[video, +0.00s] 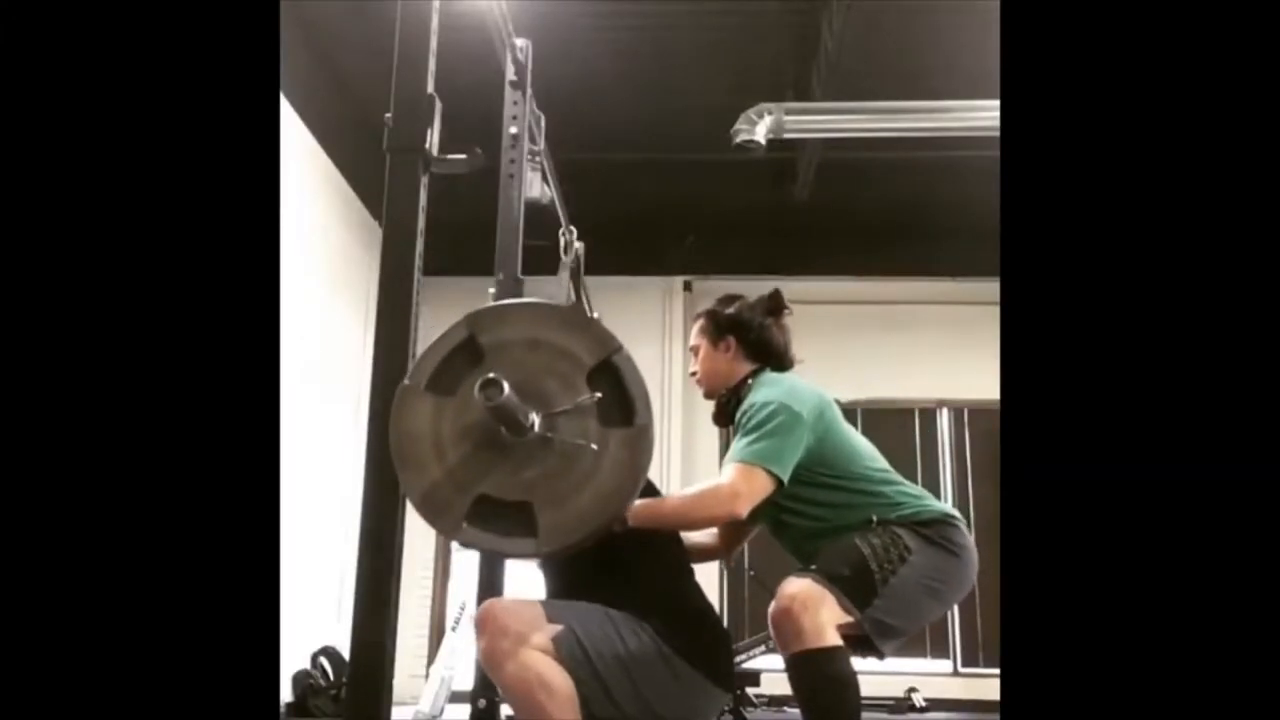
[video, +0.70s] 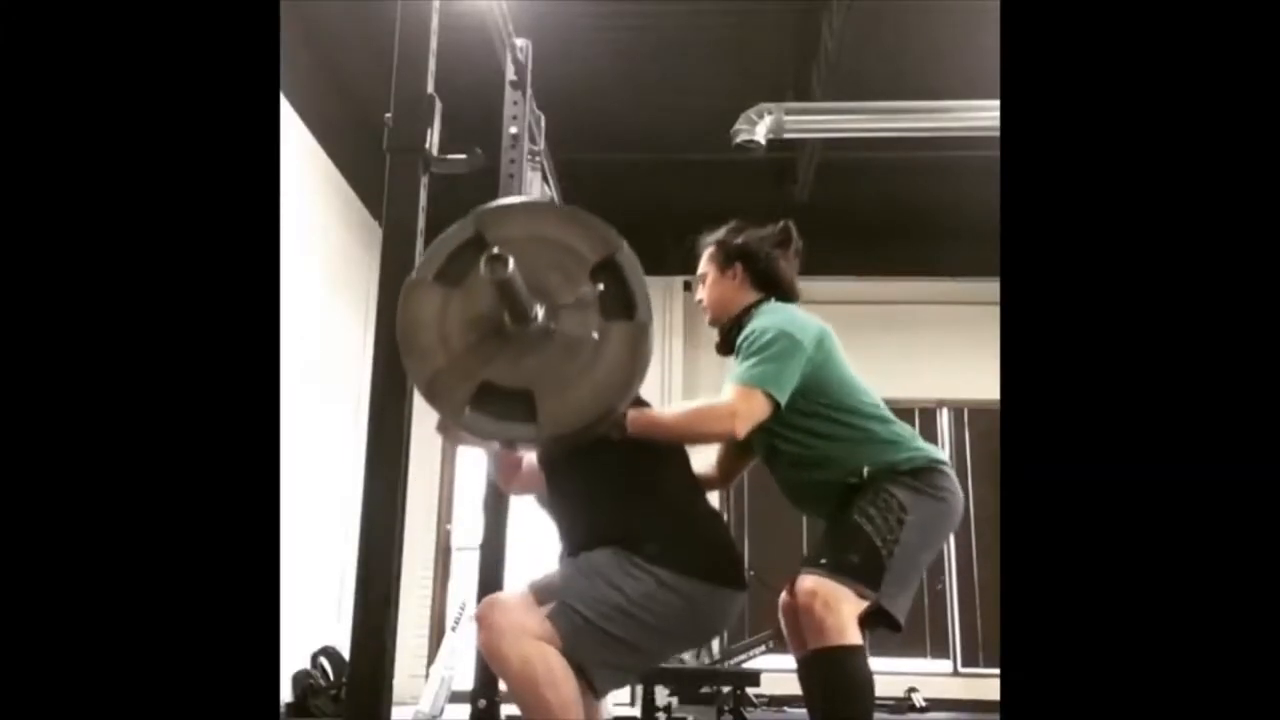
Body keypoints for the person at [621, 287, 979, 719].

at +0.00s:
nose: (691, 368)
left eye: (697, 351)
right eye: (691, 354)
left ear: (730, 347)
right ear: (733, 350)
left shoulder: (780, 398)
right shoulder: (757, 417)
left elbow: (735, 497)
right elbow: (719, 542)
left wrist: (625, 512)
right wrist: (640, 546)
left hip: (926, 540)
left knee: (799, 608)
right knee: (794, 617)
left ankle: (838, 715)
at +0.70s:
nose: (696, 295)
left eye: (702, 279)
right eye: (697, 283)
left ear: (738, 274)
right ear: (736, 277)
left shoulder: (781, 326)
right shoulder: (761, 350)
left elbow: (735, 416)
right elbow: (719, 474)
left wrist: (622, 420)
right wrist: (643, 477)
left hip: (911, 483)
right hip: (867, 495)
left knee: (821, 601)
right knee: (795, 608)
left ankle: (851, 716)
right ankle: (832, 717)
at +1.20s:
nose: (716, 230)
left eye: (725, 214)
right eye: (719, 217)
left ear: (761, 212)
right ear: (757, 216)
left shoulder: (790, 266)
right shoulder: (764, 294)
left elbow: (737, 350)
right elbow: (720, 414)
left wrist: (625, 342)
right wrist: (640, 416)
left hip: (883, 452)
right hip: (840, 465)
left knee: (833, 603)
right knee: (809, 606)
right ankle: (836, 717)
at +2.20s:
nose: (752, 203)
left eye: (760, 187)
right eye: (751, 190)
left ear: (796, 182)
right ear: (795, 187)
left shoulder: (822, 238)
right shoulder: (786, 270)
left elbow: (750, 301)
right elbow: (727, 372)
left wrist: (638, 264)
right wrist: (643, 355)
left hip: (853, 443)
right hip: (817, 453)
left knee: (831, 610)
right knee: (823, 616)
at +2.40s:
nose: (690, 387)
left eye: (696, 372)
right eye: (690, 374)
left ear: (733, 370)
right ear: (736, 374)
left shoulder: (780, 417)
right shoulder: (754, 437)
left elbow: (736, 522)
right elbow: (720, 555)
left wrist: (622, 522)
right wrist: (636, 551)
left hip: (936, 557)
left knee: (792, 602)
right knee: (793, 610)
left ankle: (826, 714)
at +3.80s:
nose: (696, 317)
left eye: (702, 302)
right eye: (696, 303)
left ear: (738, 299)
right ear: (741, 302)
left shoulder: (780, 350)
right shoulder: (759, 367)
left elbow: (732, 442)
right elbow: (721, 480)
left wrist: (616, 437)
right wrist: (666, 524)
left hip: (916, 500)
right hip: (879, 508)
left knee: (804, 604)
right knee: (804, 611)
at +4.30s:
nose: (700, 263)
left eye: (709, 247)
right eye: (703, 249)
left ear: (746, 246)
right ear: (743, 249)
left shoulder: (775, 299)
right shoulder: (759, 314)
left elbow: (714, 380)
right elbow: (719, 422)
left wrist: (601, 359)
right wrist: (663, 461)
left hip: (891, 466)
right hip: (856, 475)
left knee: (808, 603)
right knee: (807, 613)